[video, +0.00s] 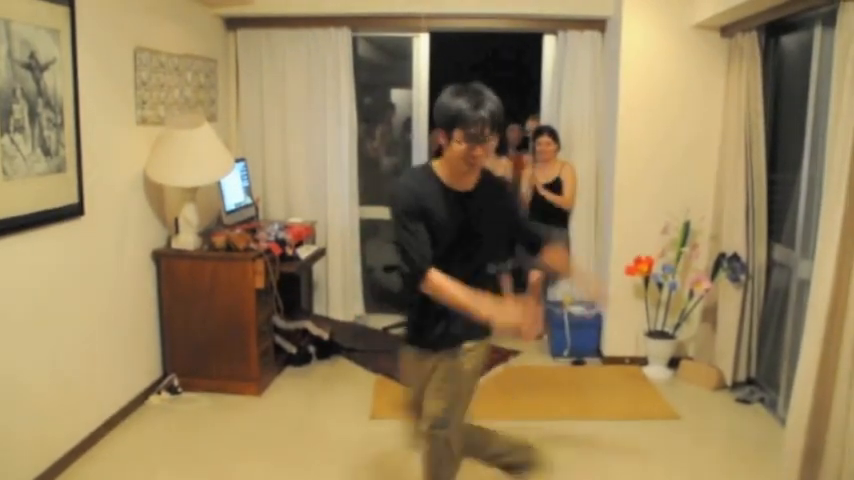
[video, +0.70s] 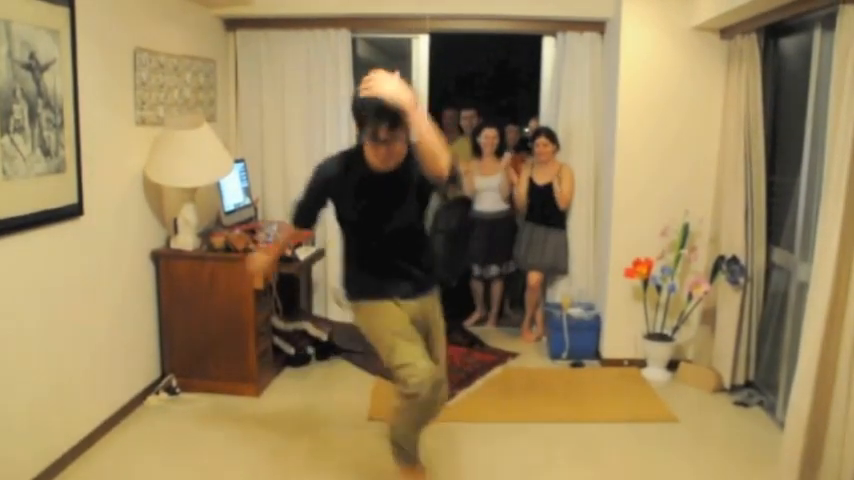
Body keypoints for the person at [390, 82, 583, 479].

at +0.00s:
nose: (477, 153)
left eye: (486, 143)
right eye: (469, 141)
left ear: (496, 143)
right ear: (443, 138)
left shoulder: (493, 191)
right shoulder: (413, 190)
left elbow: (532, 243)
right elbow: (421, 273)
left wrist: (580, 276)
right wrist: (494, 308)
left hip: (470, 329)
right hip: (425, 329)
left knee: (440, 427)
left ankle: (440, 474)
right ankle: (518, 457)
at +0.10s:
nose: (466, 151)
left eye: (473, 141)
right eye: (458, 140)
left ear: (480, 141)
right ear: (430, 136)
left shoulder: (476, 190)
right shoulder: (395, 186)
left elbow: (492, 254)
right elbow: (403, 268)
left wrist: (525, 300)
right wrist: (487, 246)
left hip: (450, 331)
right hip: (396, 327)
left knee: (438, 436)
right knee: (373, 416)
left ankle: (436, 474)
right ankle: (425, 430)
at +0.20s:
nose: (447, 159)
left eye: (455, 148)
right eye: (439, 147)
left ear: (463, 146)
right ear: (412, 139)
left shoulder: (455, 186)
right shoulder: (371, 181)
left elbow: (456, 259)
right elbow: (359, 266)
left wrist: (463, 324)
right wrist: (428, 229)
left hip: (413, 315)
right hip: (352, 305)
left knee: (427, 410)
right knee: (334, 392)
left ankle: (430, 474)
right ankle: (319, 442)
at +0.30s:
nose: (431, 175)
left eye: (438, 165)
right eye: (423, 163)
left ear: (445, 162)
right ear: (396, 154)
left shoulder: (437, 204)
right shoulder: (354, 195)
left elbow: (441, 274)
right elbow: (326, 271)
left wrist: (447, 334)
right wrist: (376, 298)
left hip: (389, 316)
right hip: (329, 312)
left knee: (419, 407)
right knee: (302, 406)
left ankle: (432, 473)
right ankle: (242, 472)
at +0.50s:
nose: (388, 172)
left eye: (396, 163)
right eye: (381, 161)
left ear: (406, 159)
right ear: (359, 152)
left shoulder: (408, 192)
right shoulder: (325, 199)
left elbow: (459, 228)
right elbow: (277, 260)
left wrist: (440, 165)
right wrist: (238, 303)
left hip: (377, 315)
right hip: (320, 324)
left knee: (439, 367)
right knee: (284, 406)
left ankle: (435, 473)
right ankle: (232, 473)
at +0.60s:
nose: (389, 155)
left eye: (398, 146)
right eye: (381, 145)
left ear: (409, 139)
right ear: (361, 133)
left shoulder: (412, 165)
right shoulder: (330, 172)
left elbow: (464, 165)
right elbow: (279, 222)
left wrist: (422, 106)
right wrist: (241, 261)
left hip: (400, 294)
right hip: (346, 304)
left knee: (448, 366)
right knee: (351, 397)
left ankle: (395, 428)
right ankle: (281, 447)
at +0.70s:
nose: (388, 152)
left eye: (395, 143)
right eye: (379, 144)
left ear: (407, 136)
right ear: (362, 139)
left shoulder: (417, 164)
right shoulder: (336, 172)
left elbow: (442, 168)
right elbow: (299, 228)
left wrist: (409, 102)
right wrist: (269, 257)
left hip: (421, 289)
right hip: (371, 294)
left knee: (436, 386)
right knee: (420, 380)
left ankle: (404, 433)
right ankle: (404, 448)